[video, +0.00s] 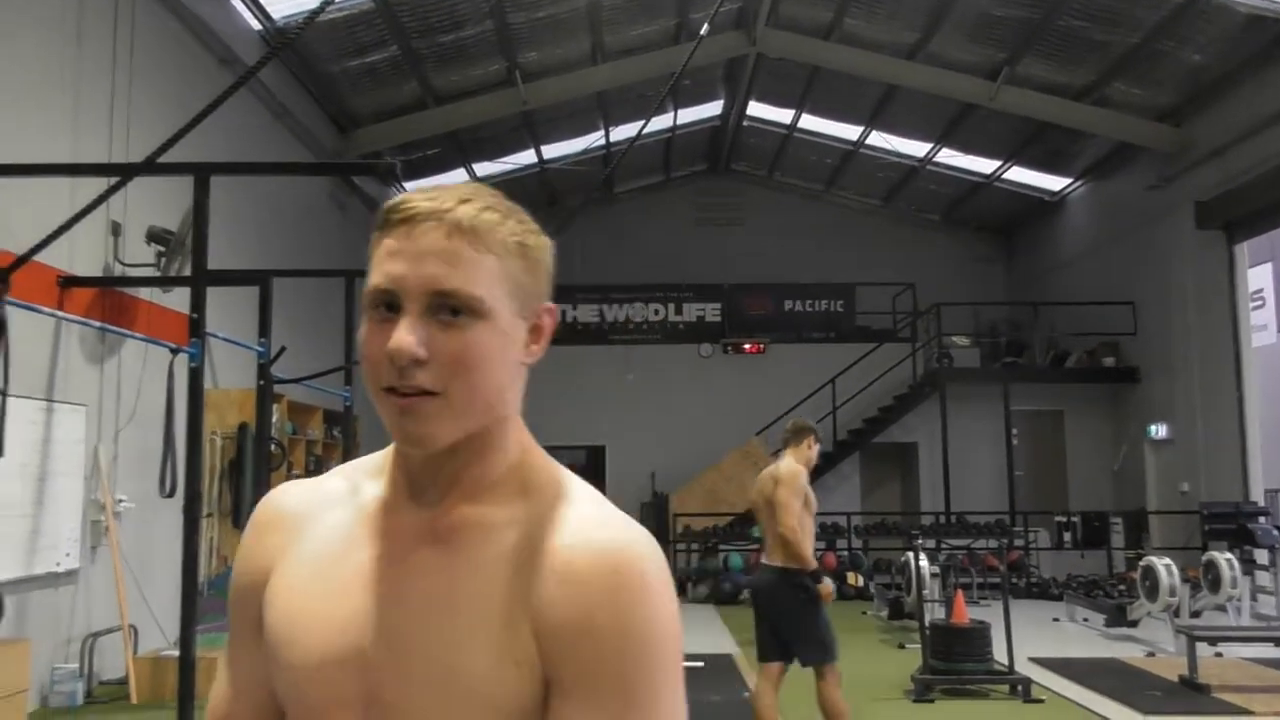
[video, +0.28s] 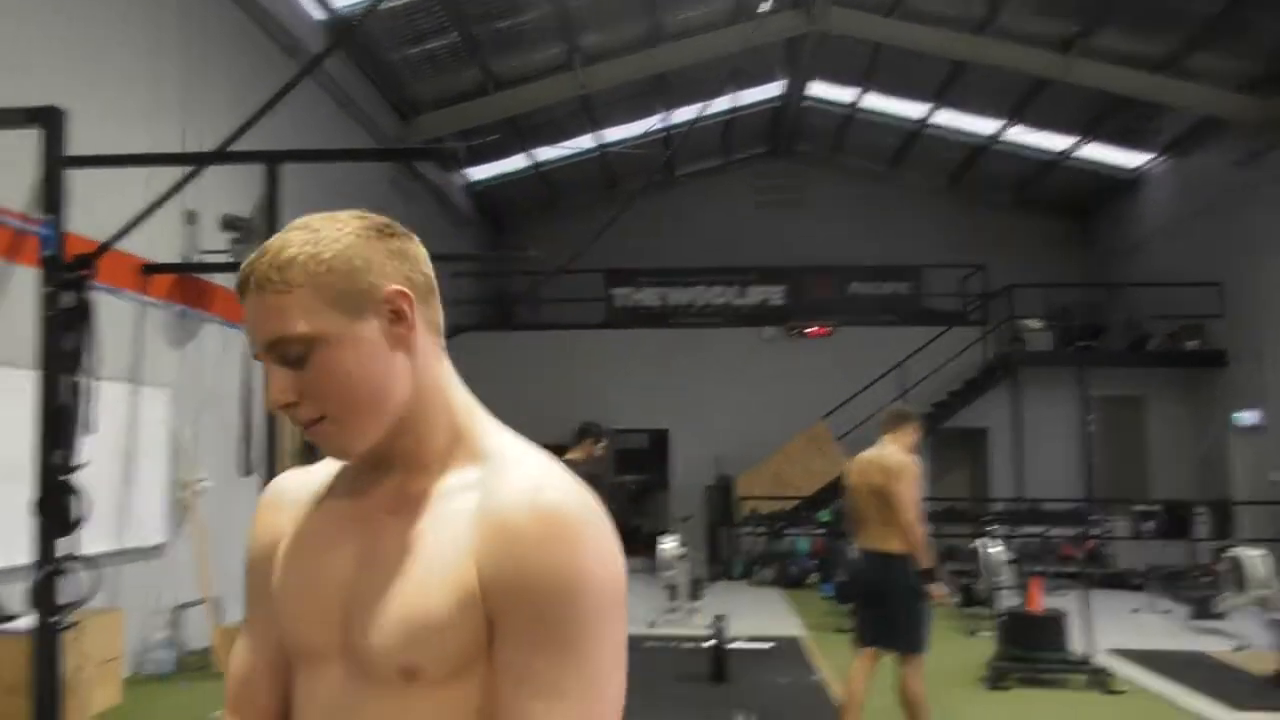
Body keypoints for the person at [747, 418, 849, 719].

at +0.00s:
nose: (816, 457)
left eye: (817, 451)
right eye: (817, 450)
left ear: (787, 444)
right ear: (809, 443)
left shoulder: (764, 476)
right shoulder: (793, 472)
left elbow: (770, 533)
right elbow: (788, 528)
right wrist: (816, 574)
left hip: (766, 578)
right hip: (793, 580)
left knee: (771, 670)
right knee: (828, 671)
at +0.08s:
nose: (836, 454)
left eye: (837, 448)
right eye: (836, 447)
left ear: (806, 442)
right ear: (827, 442)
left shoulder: (780, 475)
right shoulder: (814, 470)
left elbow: (785, 531)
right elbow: (810, 527)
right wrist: (838, 573)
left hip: (782, 575)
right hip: (810, 578)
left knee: (787, 667)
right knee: (845, 668)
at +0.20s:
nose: (873, 450)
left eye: (874, 444)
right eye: (873, 443)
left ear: (844, 436)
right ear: (864, 438)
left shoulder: (817, 470)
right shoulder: (856, 468)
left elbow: (817, 525)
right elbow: (858, 525)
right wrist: (881, 571)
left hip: (821, 568)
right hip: (853, 573)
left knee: (822, 662)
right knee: (873, 668)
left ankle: (811, 712)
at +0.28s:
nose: (916, 442)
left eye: (917, 436)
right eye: (915, 435)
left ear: (885, 430)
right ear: (907, 431)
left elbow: (855, 518)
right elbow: (909, 519)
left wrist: (866, 548)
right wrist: (928, 569)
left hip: (867, 560)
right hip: (900, 562)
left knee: (866, 650)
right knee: (912, 656)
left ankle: (850, 711)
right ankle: (918, 712)